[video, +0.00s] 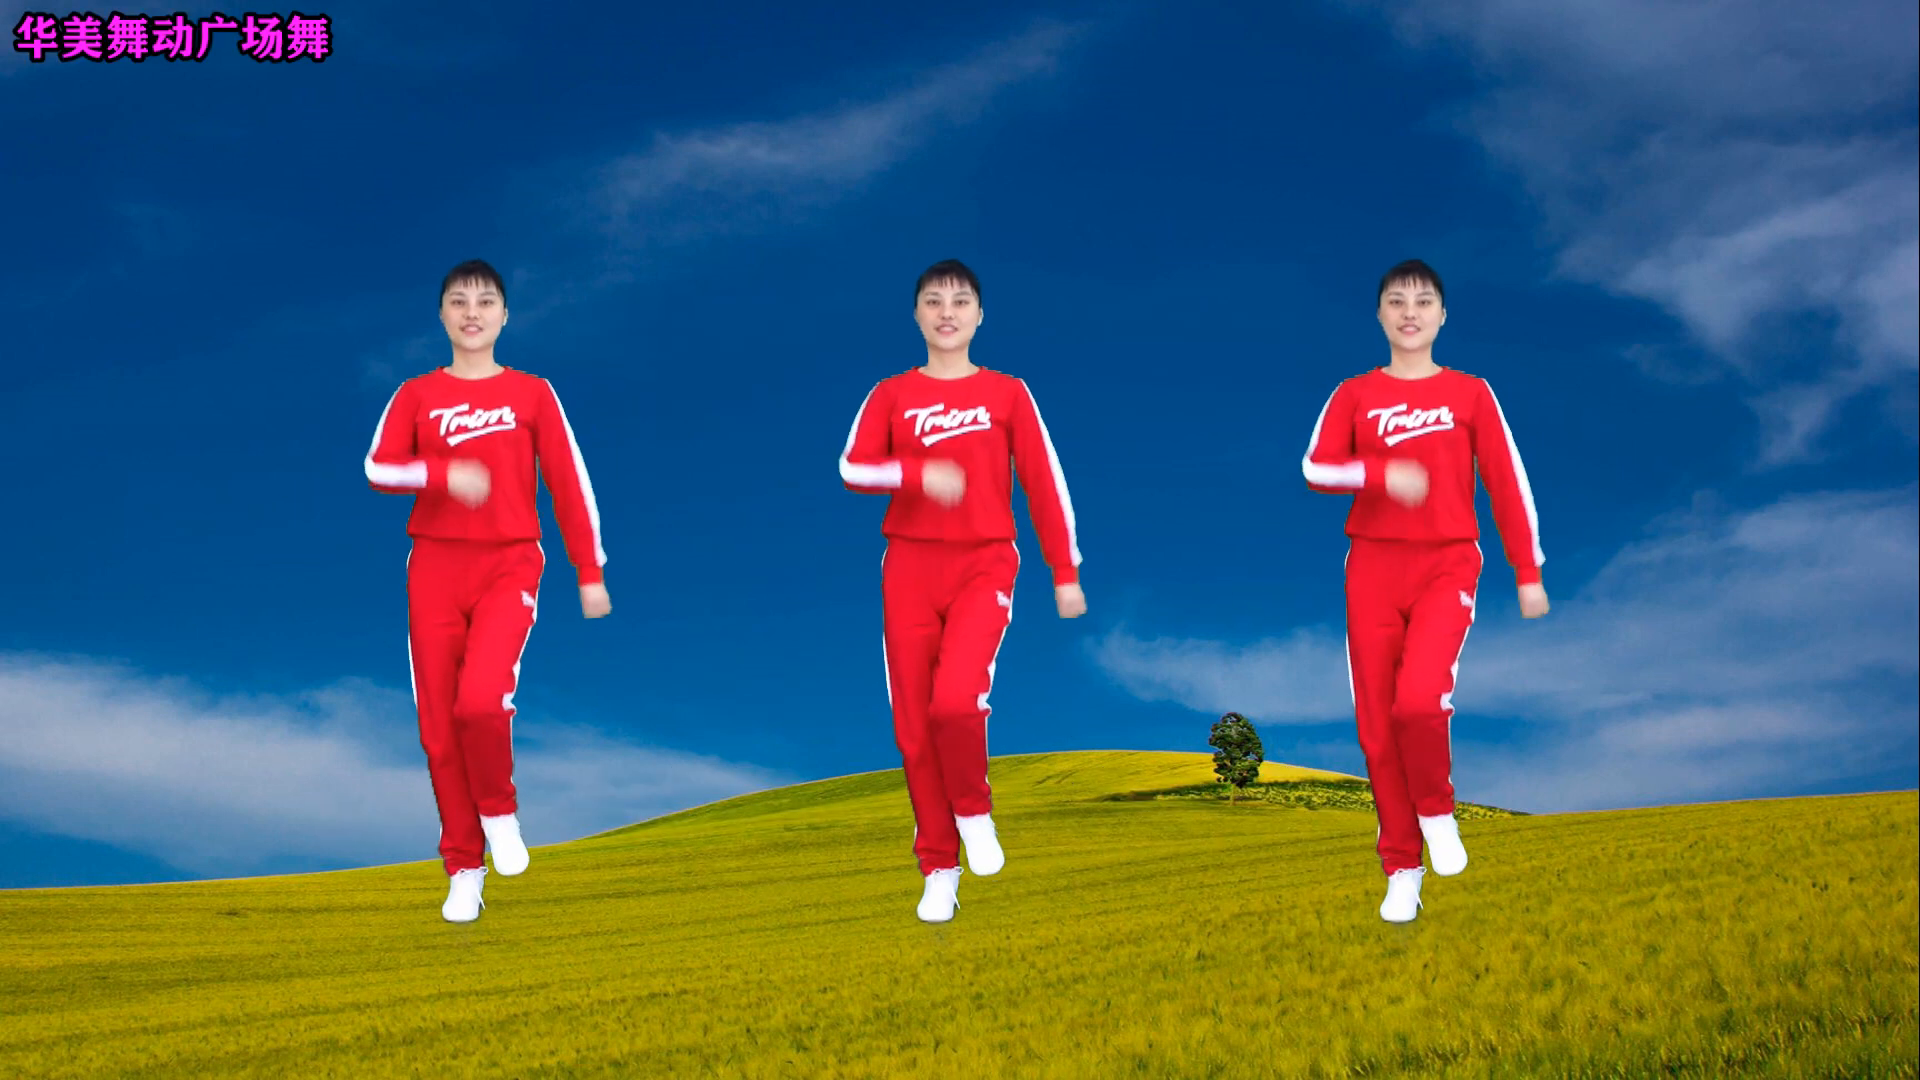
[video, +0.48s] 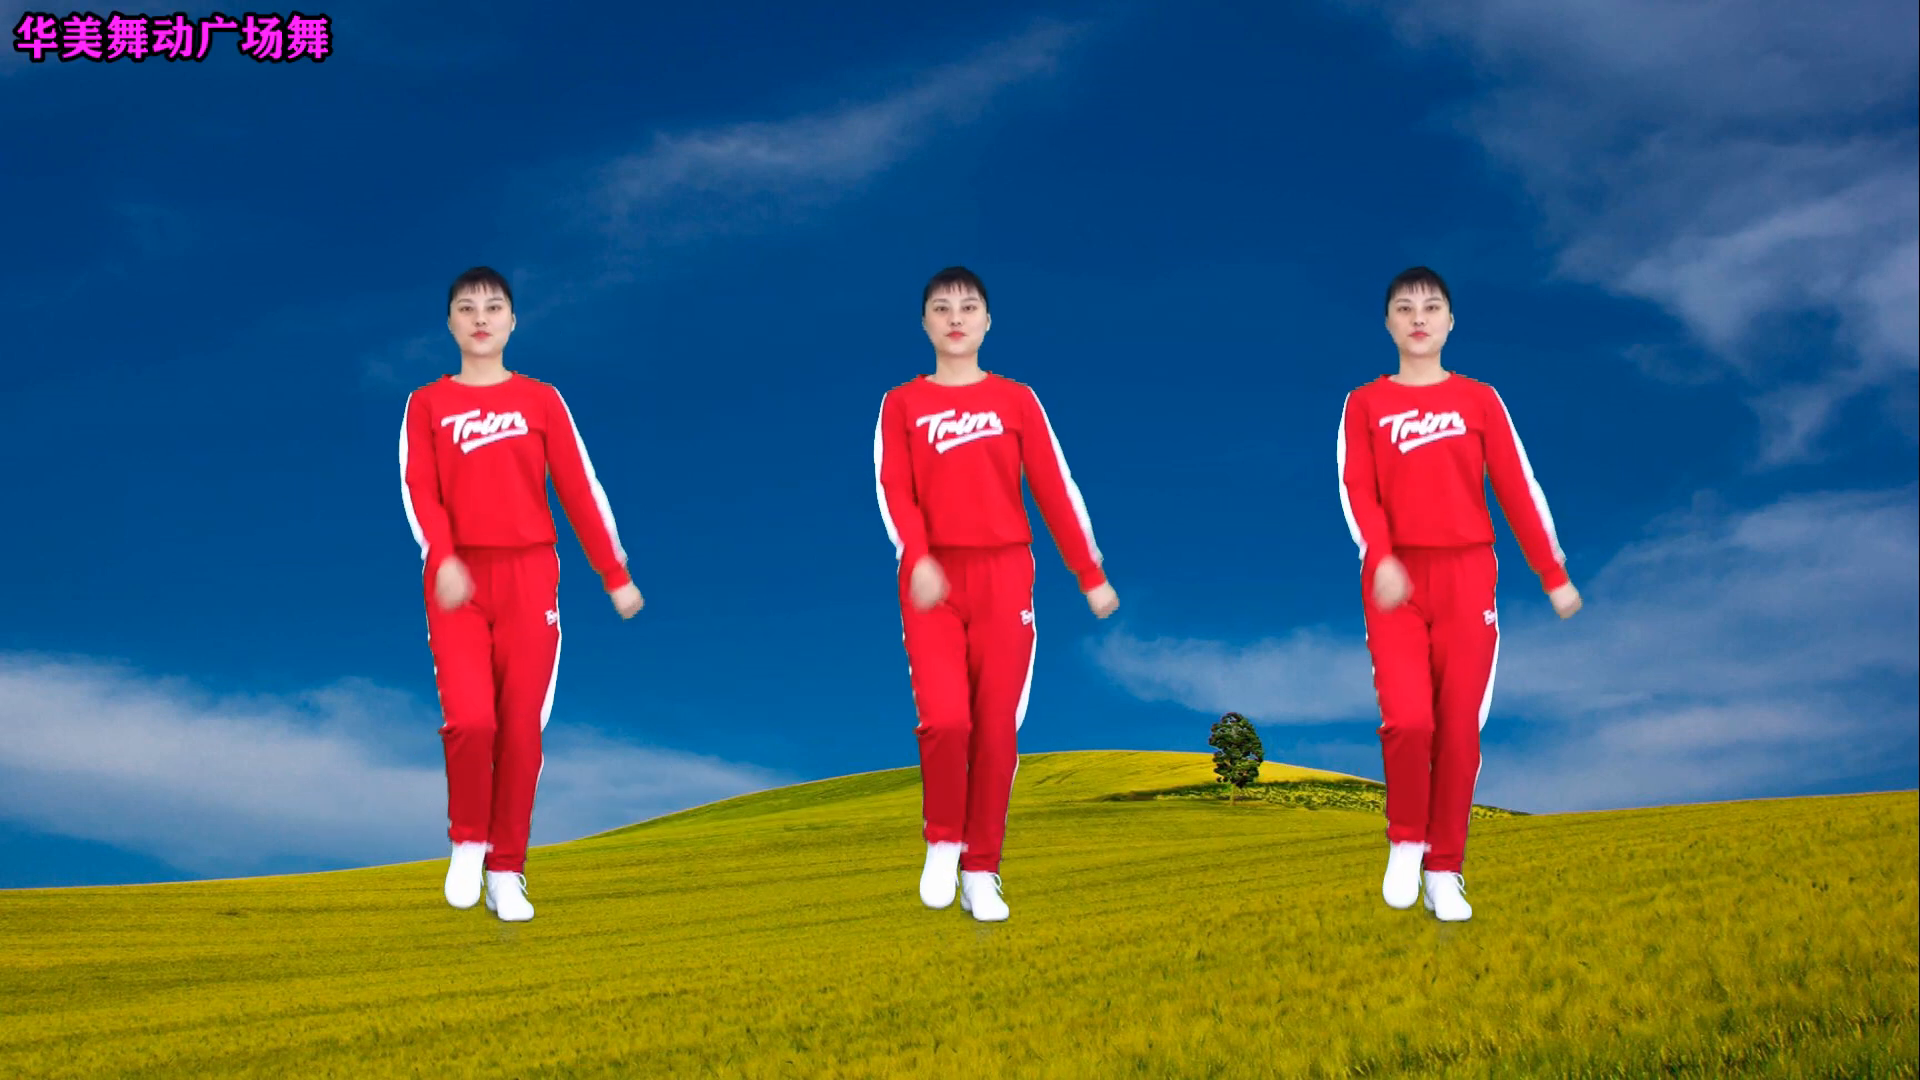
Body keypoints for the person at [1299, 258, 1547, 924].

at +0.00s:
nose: (1411, 312)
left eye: (1423, 302)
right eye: (1398, 302)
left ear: (1441, 314)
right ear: (1381, 315)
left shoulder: (1471, 392)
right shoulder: (1352, 394)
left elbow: (1508, 482)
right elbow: (1316, 469)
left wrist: (1528, 571)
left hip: (1448, 567)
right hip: (1373, 567)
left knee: (1417, 706)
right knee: (1375, 722)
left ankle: (1436, 810)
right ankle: (1402, 864)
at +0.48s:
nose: (1419, 317)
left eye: (1431, 307)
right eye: (1406, 308)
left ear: (1449, 320)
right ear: (1389, 322)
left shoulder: (1479, 398)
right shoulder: (1365, 402)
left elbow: (1518, 487)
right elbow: (1356, 488)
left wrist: (1553, 572)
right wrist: (1379, 556)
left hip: (1469, 573)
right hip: (1393, 573)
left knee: (1461, 725)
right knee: (1407, 721)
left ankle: (1445, 868)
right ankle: (1407, 842)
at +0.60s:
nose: (1420, 326)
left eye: (1432, 315)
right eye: (1407, 317)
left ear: (1451, 328)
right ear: (1391, 332)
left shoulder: (1481, 408)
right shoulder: (1367, 411)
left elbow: (1496, 498)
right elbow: (1348, 507)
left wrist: (1483, 574)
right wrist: (1337, 595)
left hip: (1470, 582)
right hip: (1395, 581)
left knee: (1470, 726)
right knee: (1425, 703)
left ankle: (1445, 868)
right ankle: (1412, 807)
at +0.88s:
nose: (1417, 306)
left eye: (1428, 296)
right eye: (1403, 298)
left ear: (1447, 308)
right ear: (1386, 315)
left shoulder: (1478, 386)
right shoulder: (1360, 390)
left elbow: (1506, 470)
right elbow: (1299, 455)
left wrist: (1464, 408)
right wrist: (1245, 527)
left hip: (1464, 563)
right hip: (1389, 564)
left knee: (1455, 721)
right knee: (1401, 725)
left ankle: (1446, 867)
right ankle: (1396, 862)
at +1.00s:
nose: (1412, 310)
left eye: (1423, 300)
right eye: (1399, 303)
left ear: (1442, 313)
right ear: (1382, 319)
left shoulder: (1471, 392)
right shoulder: (1352, 391)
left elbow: (1489, 475)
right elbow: (1292, 459)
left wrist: (1444, 412)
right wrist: (1235, 525)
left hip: (1459, 567)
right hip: (1383, 568)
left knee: (1452, 726)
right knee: (1390, 727)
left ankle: (1444, 869)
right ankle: (1394, 870)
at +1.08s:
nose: (1409, 309)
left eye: (1421, 299)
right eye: (1395, 301)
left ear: (1438, 312)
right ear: (1378, 316)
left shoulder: (1468, 387)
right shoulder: (1350, 389)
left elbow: (1485, 465)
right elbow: (1297, 469)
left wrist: (1427, 437)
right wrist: (1247, 540)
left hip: (1451, 564)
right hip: (1375, 565)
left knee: (1444, 724)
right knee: (1384, 723)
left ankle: (1443, 864)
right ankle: (1393, 868)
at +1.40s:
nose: (1402, 310)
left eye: (1415, 300)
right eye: (1389, 300)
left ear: (1432, 312)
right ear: (1372, 312)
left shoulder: (1460, 389)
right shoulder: (1342, 393)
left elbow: (1499, 476)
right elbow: (1305, 473)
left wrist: (1517, 565)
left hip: (1437, 567)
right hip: (1361, 567)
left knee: (1410, 711)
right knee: (1369, 723)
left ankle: (1427, 818)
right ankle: (1392, 862)